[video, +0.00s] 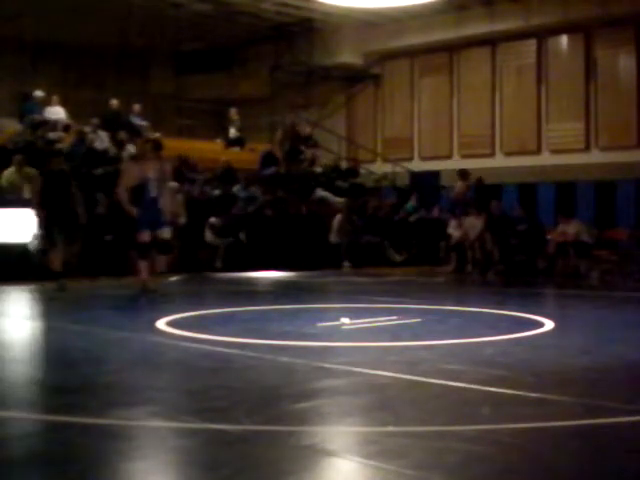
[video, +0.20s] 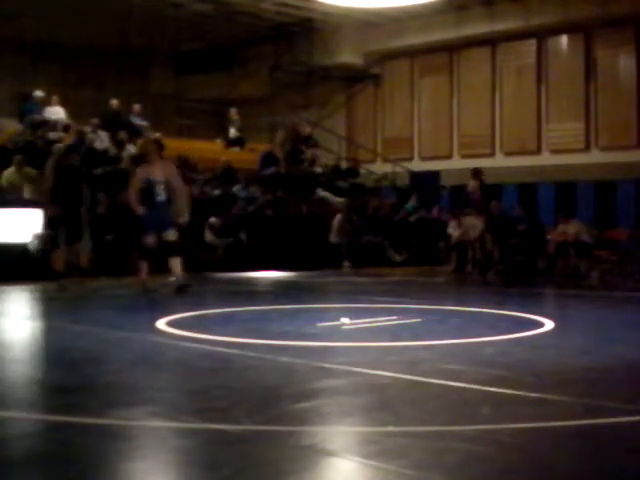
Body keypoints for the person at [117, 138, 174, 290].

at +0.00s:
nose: (150, 155)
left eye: (153, 151)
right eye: (147, 150)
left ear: (158, 151)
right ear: (142, 150)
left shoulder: (164, 166)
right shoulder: (134, 167)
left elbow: (170, 188)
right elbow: (122, 189)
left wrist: (172, 207)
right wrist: (130, 208)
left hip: (161, 210)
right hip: (142, 211)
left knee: (162, 244)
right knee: (143, 245)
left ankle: (161, 275)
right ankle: (144, 278)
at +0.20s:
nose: (152, 156)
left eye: (154, 152)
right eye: (149, 152)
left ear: (160, 152)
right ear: (145, 154)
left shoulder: (169, 168)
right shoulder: (141, 171)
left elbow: (179, 189)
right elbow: (132, 192)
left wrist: (182, 210)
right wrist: (138, 208)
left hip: (167, 211)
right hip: (149, 213)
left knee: (172, 244)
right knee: (148, 246)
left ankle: (178, 276)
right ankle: (144, 277)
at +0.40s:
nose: (165, 155)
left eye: (168, 151)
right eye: (162, 152)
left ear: (172, 152)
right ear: (157, 153)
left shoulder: (179, 169)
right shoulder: (152, 171)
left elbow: (193, 187)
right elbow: (142, 194)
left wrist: (206, 204)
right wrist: (147, 210)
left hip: (179, 211)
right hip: (161, 212)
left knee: (182, 244)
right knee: (162, 245)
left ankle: (182, 282)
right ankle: (154, 275)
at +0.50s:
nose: (168, 153)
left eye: (171, 149)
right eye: (165, 150)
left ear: (176, 150)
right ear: (160, 151)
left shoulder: (184, 167)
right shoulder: (155, 170)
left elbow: (198, 185)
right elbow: (145, 191)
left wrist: (211, 202)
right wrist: (147, 211)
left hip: (183, 210)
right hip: (164, 211)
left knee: (184, 246)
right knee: (168, 247)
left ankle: (182, 282)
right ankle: (167, 278)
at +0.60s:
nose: (170, 152)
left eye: (172, 148)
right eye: (167, 148)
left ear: (178, 148)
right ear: (162, 150)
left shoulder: (186, 164)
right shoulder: (158, 167)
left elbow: (201, 180)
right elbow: (149, 185)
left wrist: (210, 197)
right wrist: (143, 203)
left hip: (185, 206)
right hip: (167, 207)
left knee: (184, 244)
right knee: (169, 242)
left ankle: (182, 280)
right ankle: (167, 278)